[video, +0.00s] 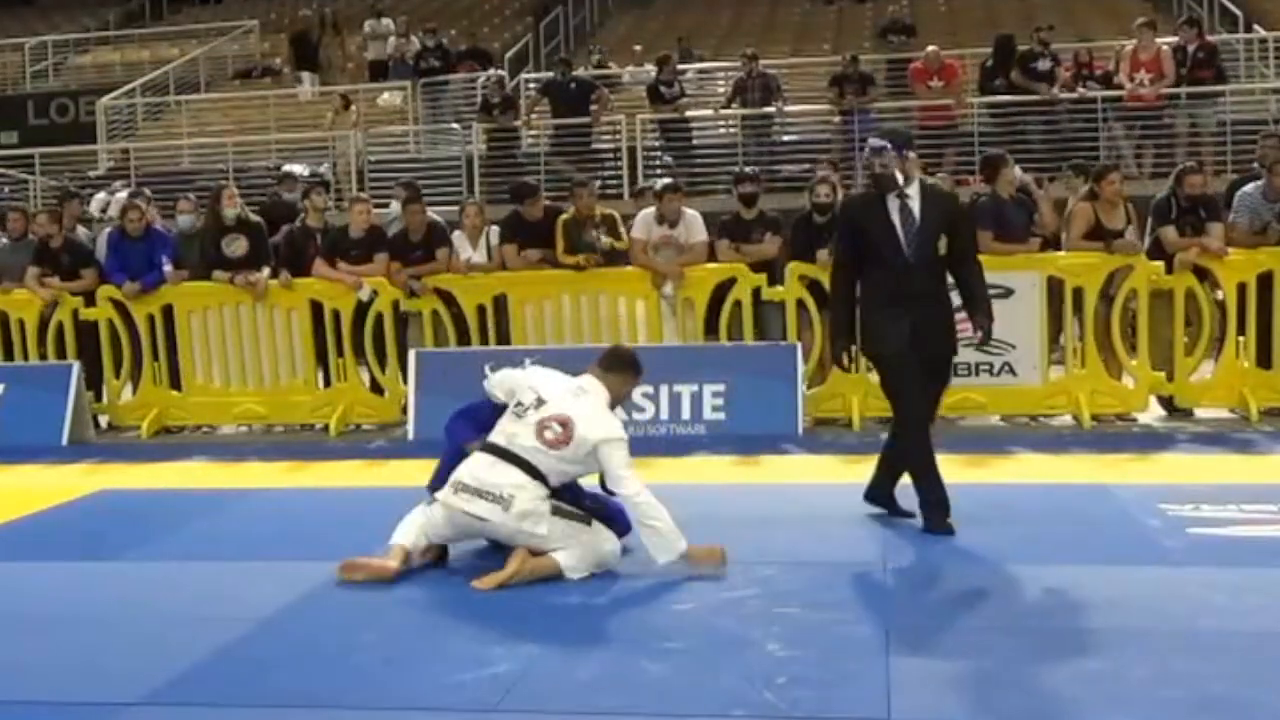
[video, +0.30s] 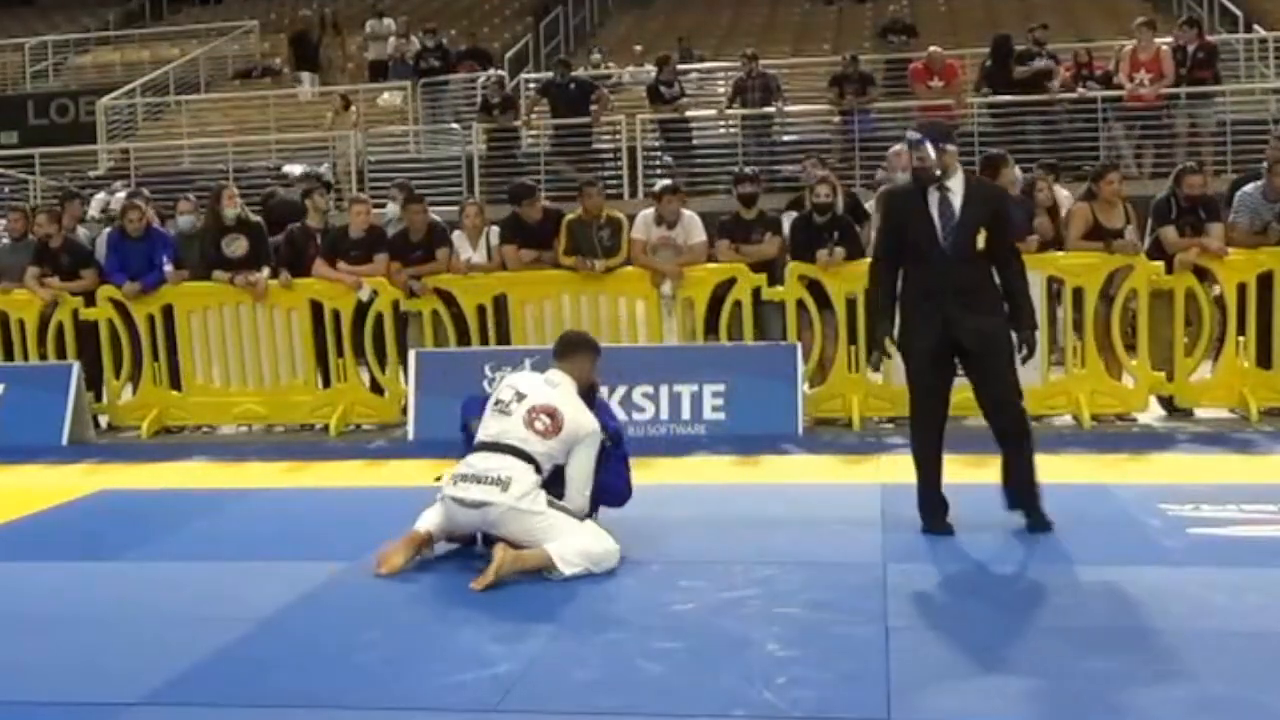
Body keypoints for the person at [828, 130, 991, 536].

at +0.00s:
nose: (874, 166)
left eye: (882, 158)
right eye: (870, 160)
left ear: (908, 160)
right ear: (867, 166)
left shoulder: (944, 203)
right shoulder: (856, 211)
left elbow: (964, 260)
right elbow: (842, 278)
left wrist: (980, 311)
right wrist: (841, 336)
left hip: (934, 321)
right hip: (884, 323)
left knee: (919, 412)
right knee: (911, 413)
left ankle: (881, 486)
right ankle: (935, 511)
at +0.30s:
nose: (916, 160)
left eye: (923, 152)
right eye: (913, 152)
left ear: (949, 153)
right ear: (910, 156)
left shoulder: (989, 197)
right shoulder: (899, 201)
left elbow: (1008, 261)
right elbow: (885, 265)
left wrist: (1024, 319)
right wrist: (879, 326)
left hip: (982, 324)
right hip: (925, 328)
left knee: (1010, 415)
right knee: (927, 424)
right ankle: (932, 512)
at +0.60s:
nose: (968, 156)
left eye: (976, 148)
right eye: (965, 148)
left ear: (1001, 148)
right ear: (968, 151)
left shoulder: (1044, 198)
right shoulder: (957, 198)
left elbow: (1067, 266)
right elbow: (941, 258)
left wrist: (1079, 329)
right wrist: (926, 309)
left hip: (1027, 327)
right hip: (968, 328)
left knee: (1042, 420)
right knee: (954, 421)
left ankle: (1054, 511)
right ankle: (944, 512)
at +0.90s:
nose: (990, 156)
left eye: (996, 148)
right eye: (989, 149)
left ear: (1022, 146)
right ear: (1007, 147)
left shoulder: (1064, 196)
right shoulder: (991, 194)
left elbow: (1085, 271)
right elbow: (978, 263)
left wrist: (1087, 333)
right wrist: (960, 314)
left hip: (1040, 332)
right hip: (987, 331)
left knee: (1050, 427)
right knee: (981, 425)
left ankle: (1053, 513)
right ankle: (979, 505)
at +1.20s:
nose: (991, 155)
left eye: (995, 147)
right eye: (990, 147)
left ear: (1018, 145)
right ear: (1012, 148)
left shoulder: (1058, 197)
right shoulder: (1007, 195)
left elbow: (1059, 274)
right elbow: (997, 270)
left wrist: (1045, 332)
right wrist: (979, 314)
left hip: (1038, 326)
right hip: (997, 323)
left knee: (1048, 422)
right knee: (994, 411)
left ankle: (1053, 510)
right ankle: (1002, 489)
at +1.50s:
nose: (976, 158)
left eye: (979, 150)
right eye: (975, 151)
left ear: (999, 147)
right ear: (998, 149)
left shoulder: (1033, 195)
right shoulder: (1001, 195)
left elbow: (1029, 276)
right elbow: (992, 270)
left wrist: (1010, 330)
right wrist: (981, 325)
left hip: (1019, 327)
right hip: (991, 325)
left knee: (1032, 412)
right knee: (1000, 411)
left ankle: (1049, 507)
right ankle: (1011, 492)